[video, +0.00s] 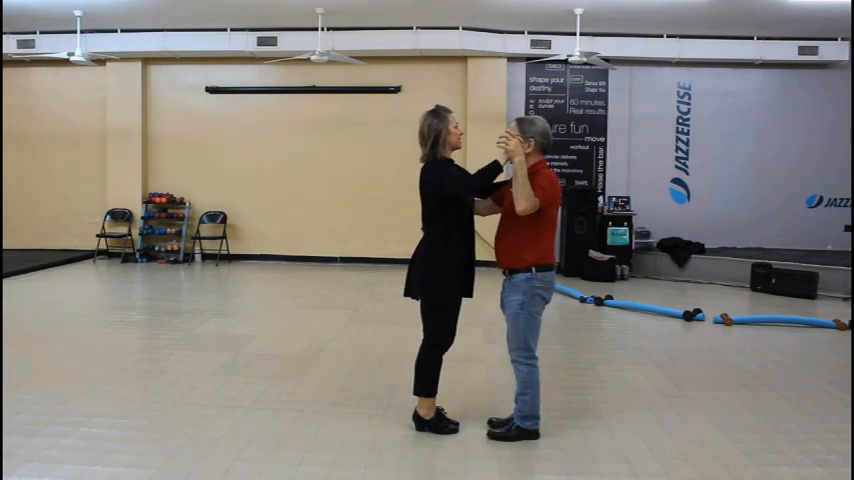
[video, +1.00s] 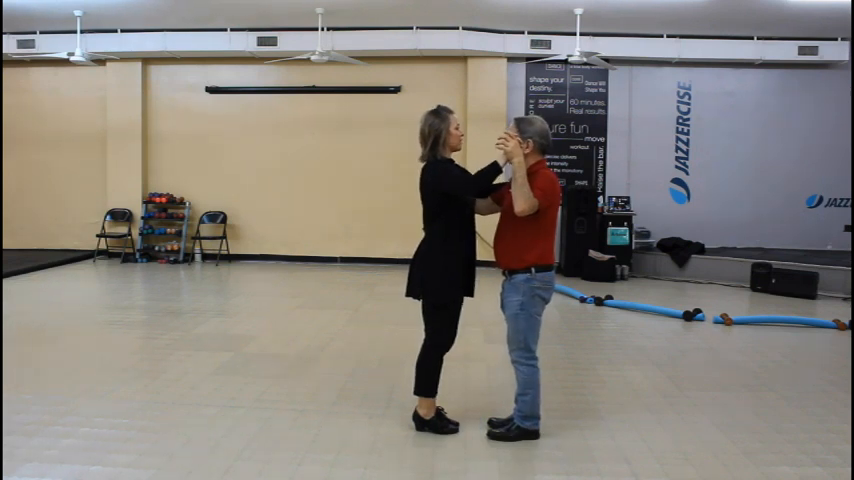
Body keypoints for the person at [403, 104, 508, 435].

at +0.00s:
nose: (461, 131)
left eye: (459, 126)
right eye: (455, 127)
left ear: (442, 132)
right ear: (441, 133)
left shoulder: (443, 167)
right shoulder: (438, 170)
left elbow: (473, 197)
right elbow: (472, 186)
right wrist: (501, 161)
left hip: (444, 267)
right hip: (439, 269)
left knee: (438, 339)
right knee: (436, 340)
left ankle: (427, 407)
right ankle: (424, 412)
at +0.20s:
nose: (461, 133)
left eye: (459, 127)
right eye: (456, 128)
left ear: (442, 132)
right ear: (441, 133)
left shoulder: (442, 168)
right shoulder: (439, 170)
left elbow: (474, 196)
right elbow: (473, 187)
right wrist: (502, 161)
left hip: (444, 267)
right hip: (440, 269)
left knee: (438, 339)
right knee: (436, 340)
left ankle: (427, 407)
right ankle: (424, 411)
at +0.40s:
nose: (462, 132)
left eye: (460, 127)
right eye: (456, 128)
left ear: (442, 132)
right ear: (442, 133)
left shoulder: (443, 167)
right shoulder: (439, 170)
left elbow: (475, 195)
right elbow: (473, 186)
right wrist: (503, 159)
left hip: (445, 267)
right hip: (440, 269)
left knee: (439, 339)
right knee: (436, 340)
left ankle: (427, 407)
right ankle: (424, 412)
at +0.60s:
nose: (461, 131)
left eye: (459, 126)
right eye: (456, 126)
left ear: (442, 132)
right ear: (442, 132)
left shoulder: (443, 166)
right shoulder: (440, 169)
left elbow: (474, 185)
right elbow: (474, 184)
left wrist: (507, 165)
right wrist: (504, 159)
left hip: (444, 267)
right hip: (440, 269)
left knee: (439, 339)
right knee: (437, 340)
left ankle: (427, 407)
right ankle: (424, 411)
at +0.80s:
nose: (461, 132)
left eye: (459, 127)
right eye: (456, 128)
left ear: (440, 133)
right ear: (442, 133)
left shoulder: (442, 167)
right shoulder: (440, 169)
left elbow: (474, 194)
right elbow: (473, 186)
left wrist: (508, 177)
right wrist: (502, 160)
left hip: (444, 267)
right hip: (441, 269)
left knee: (439, 339)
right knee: (437, 340)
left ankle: (427, 407)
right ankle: (424, 411)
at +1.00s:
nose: (462, 133)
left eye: (460, 127)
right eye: (456, 128)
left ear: (441, 133)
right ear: (442, 133)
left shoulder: (442, 167)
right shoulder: (439, 169)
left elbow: (473, 196)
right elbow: (473, 186)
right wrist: (501, 161)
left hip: (444, 267)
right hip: (441, 269)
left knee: (439, 339)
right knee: (437, 340)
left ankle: (427, 407)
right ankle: (424, 411)